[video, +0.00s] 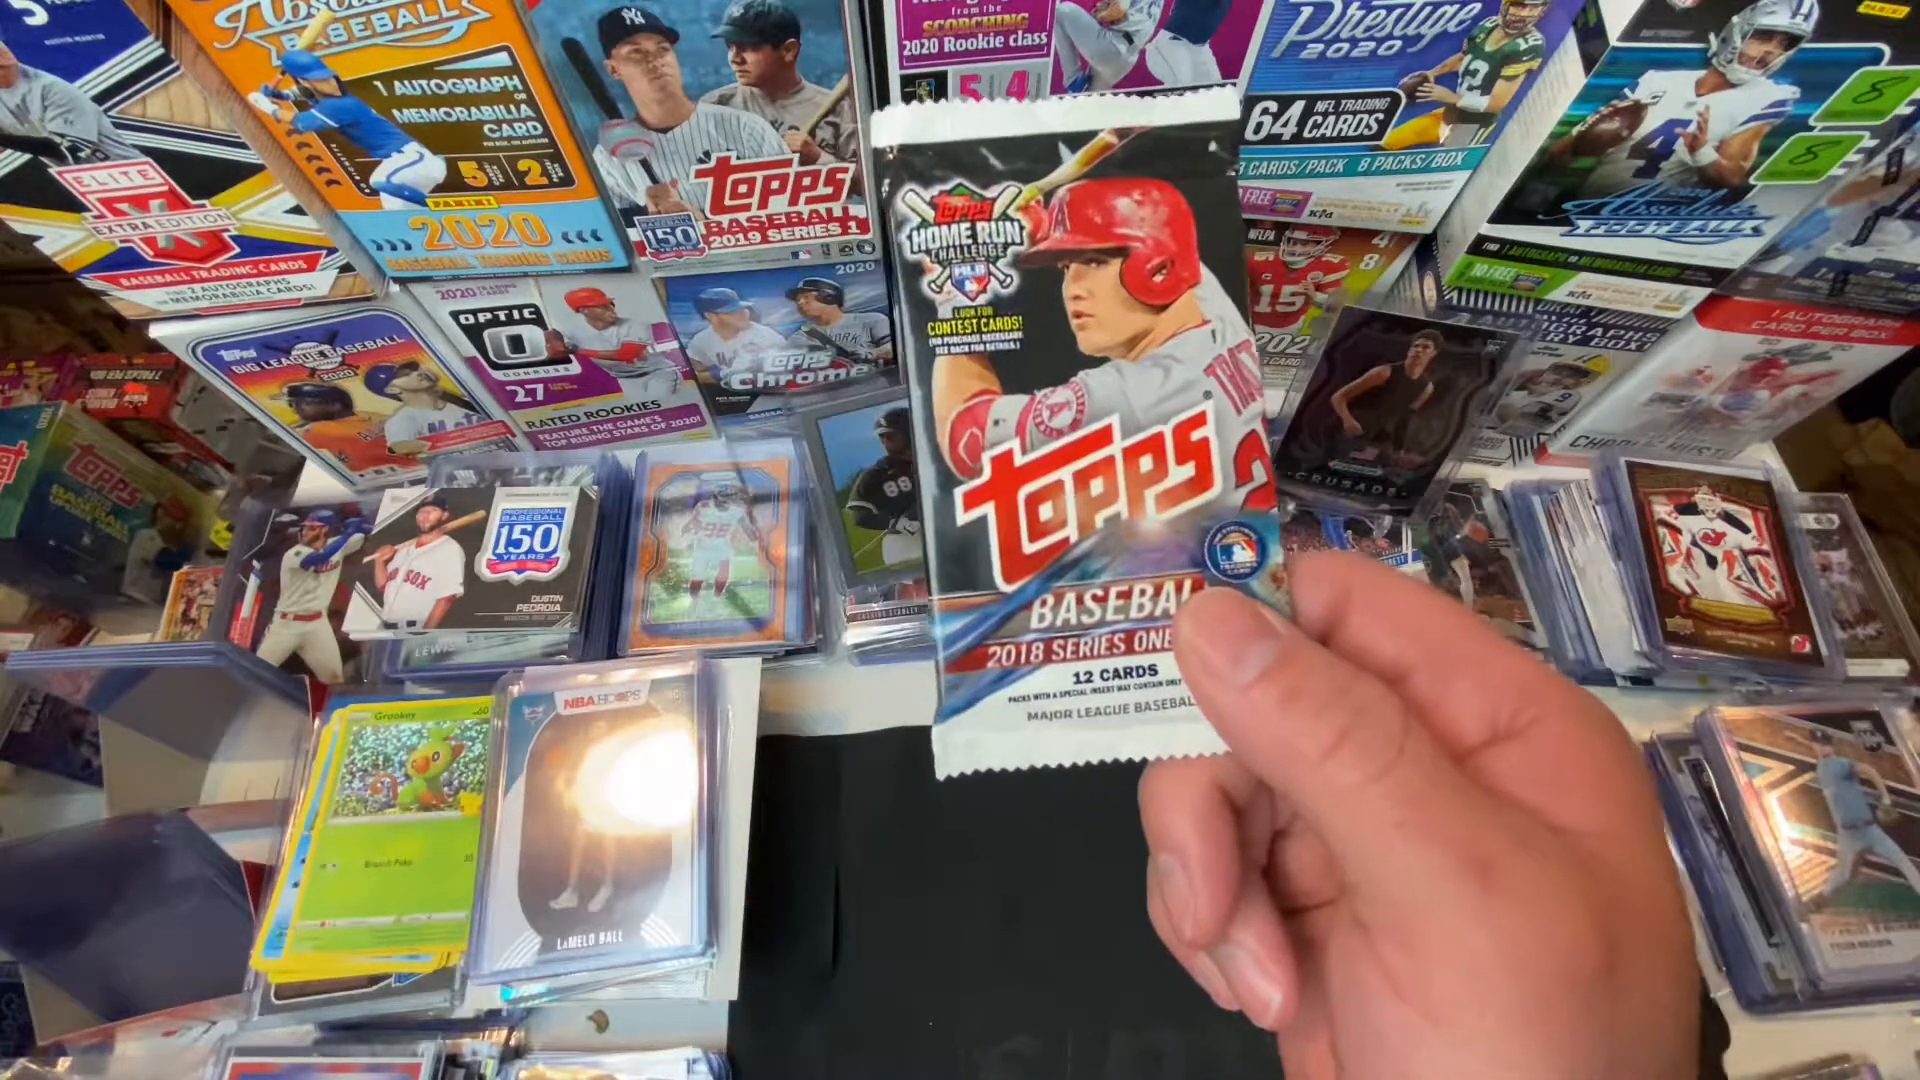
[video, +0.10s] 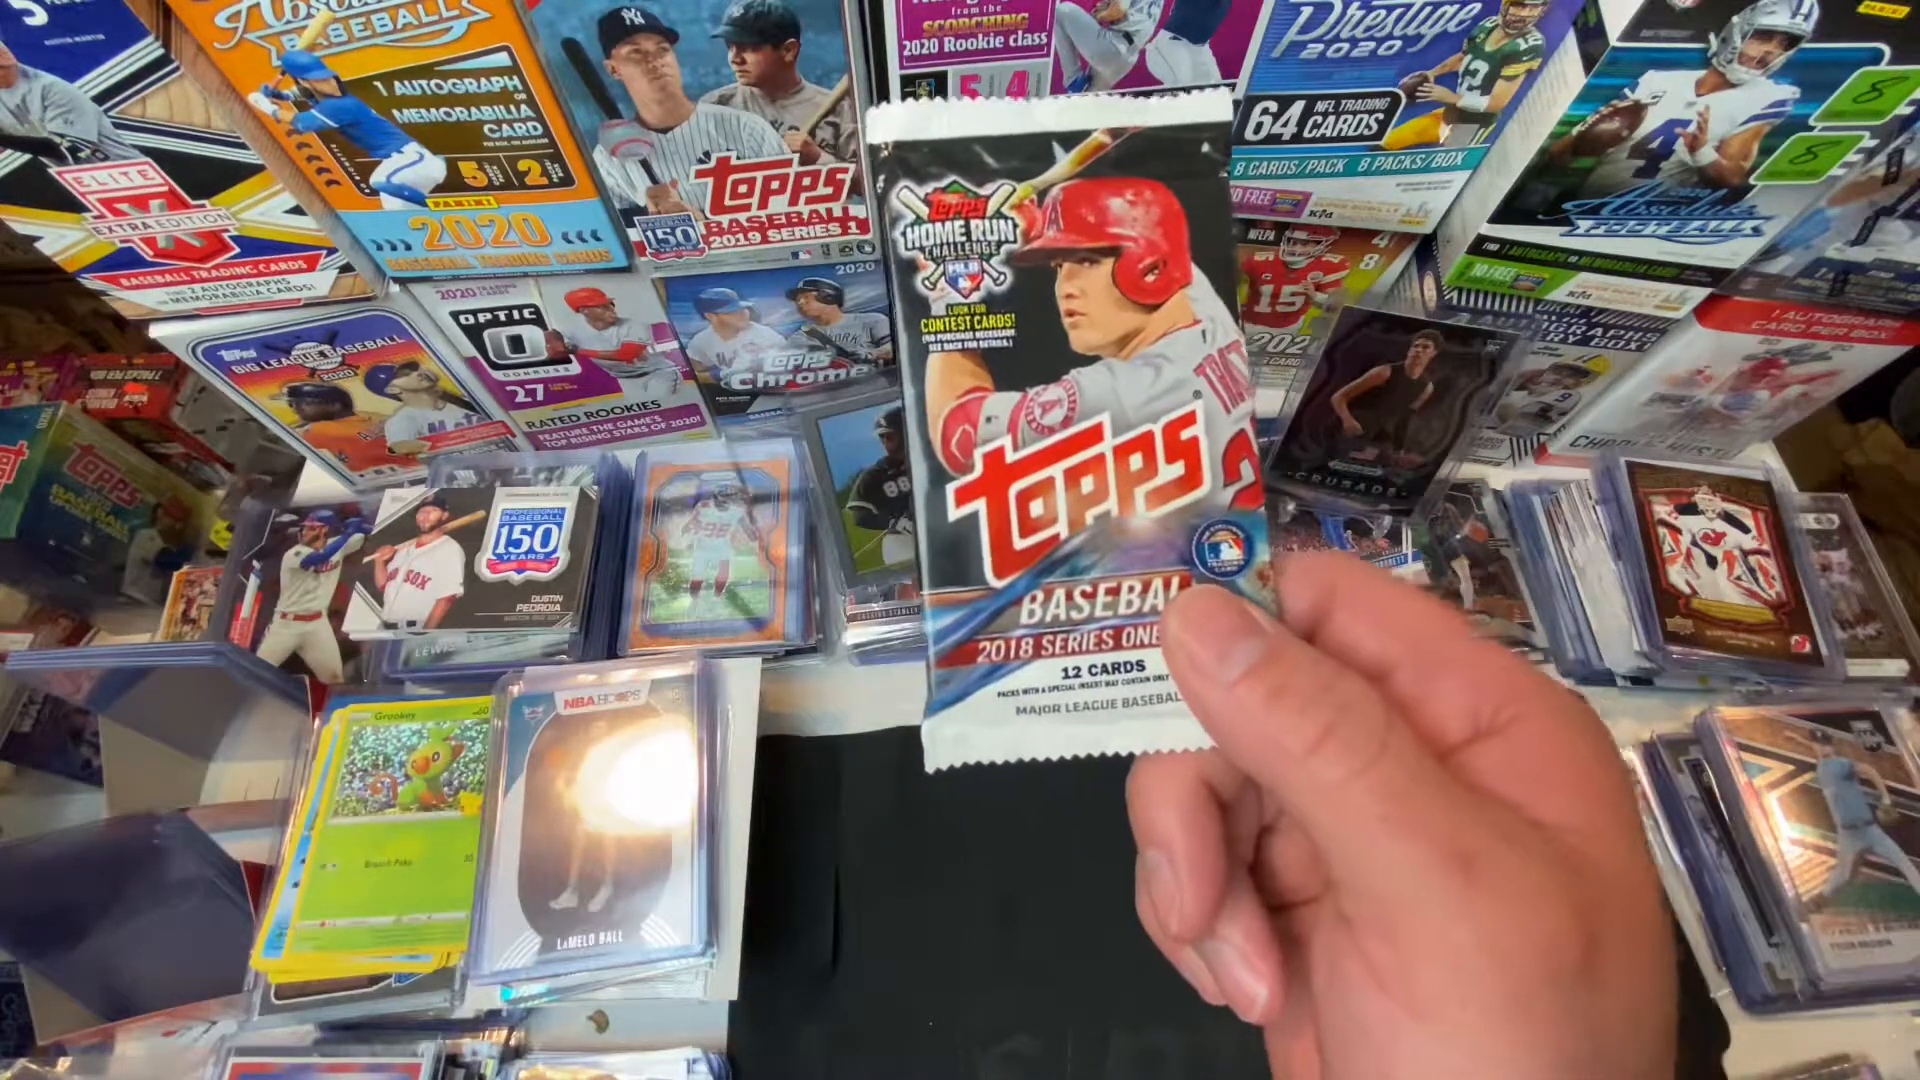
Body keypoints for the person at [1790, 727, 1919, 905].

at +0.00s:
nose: (1824, 749)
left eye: (1826, 744)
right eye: (1819, 745)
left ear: (1832, 745)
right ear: (1814, 748)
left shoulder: (1840, 764)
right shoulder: (1823, 768)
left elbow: (1870, 771)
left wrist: (1885, 797)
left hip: (1870, 828)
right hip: (1847, 834)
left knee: (1902, 862)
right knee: (1842, 875)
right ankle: (1818, 900)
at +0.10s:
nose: (1824, 749)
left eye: (1826, 744)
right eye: (1819, 745)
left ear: (1831, 745)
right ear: (1814, 748)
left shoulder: (1839, 764)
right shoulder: (1824, 768)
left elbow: (1869, 771)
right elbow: (1869, 770)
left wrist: (1885, 797)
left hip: (1870, 828)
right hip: (1847, 833)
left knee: (1903, 862)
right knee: (1843, 875)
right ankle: (1819, 899)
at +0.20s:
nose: (1824, 749)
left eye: (1826, 743)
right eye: (1819, 745)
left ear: (1831, 744)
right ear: (1813, 747)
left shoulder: (1840, 764)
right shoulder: (1822, 768)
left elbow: (1870, 771)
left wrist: (1885, 797)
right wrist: (1797, 738)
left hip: (1870, 828)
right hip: (1847, 833)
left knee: (1903, 863)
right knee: (1843, 875)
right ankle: (1820, 899)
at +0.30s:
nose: (1823, 749)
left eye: (1826, 744)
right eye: (1819, 745)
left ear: (1831, 745)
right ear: (1814, 748)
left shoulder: (1841, 764)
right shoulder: (1822, 768)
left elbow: (1869, 771)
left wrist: (1885, 796)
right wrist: (1798, 739)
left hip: (1869, 828)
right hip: (1846, 833)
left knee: (1901, 860)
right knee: (1843, 874)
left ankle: (1919, 888)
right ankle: (1820, 899)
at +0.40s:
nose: (1823, 750)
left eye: (1826, 744)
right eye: (1819, 746)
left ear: (1831, 745)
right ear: (1814, 748)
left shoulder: (1841, 764)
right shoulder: (1823, 768)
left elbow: (1870, 771)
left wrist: (1885, 796)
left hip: (1869, 827)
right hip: (1846, 833)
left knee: (1902, 861)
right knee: (1843, 874)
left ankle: (1918, 889)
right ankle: (1820, 899)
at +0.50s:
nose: (1823, 750)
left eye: (1826, 744)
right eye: (1819, 746)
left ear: (1831, 745)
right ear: (1814, 748)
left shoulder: (1841, 764)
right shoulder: (1823, 768)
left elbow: (1870, 771)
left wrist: (1885, 796)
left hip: (1869, 827)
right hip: (1846, 833)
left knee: (1901, 859)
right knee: (1843, 874)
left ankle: (1918, 888)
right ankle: (1820, 899)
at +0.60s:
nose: (1824, 750)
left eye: (1826, 745)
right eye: (1819, 746)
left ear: (1832, 745)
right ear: (1814, 748)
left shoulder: (1840, 764)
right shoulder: (1823, 769)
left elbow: (1870, 771)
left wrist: (1885, 796)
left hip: (1869, 828)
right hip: (1847, 833)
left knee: (1902, 861)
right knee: (1844, 874)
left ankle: (1918, 889)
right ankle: (1820, 899)